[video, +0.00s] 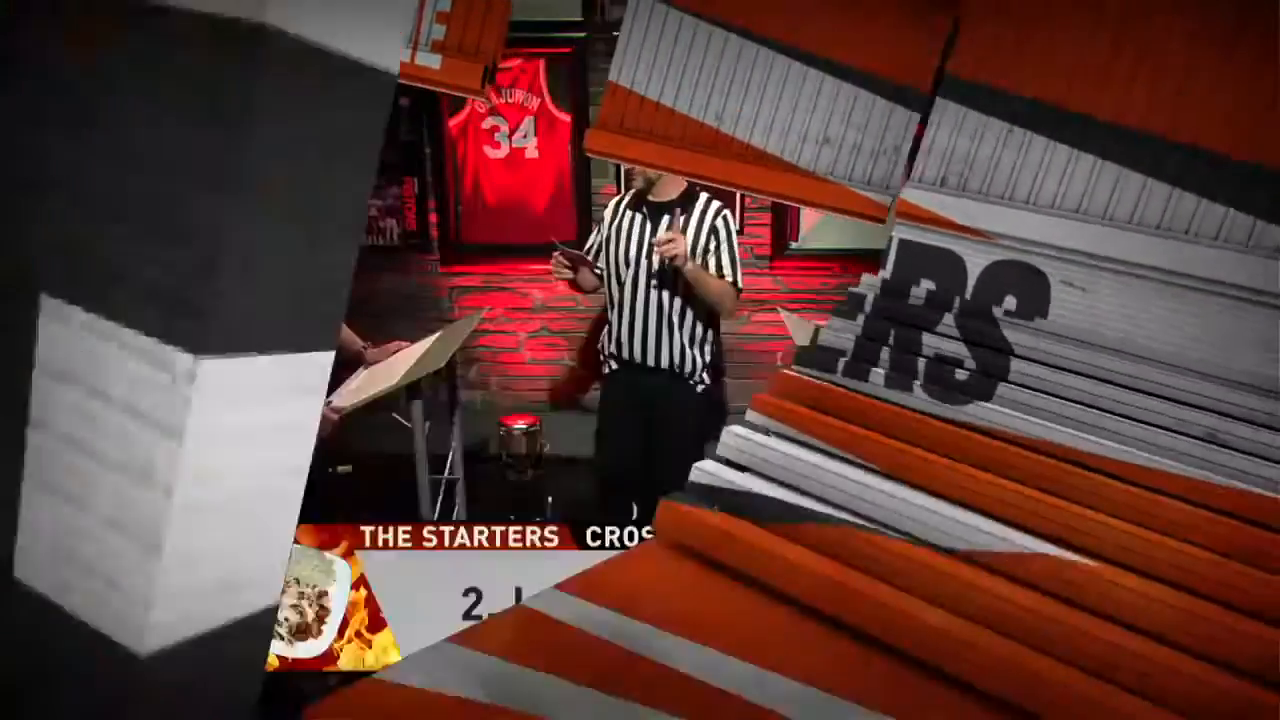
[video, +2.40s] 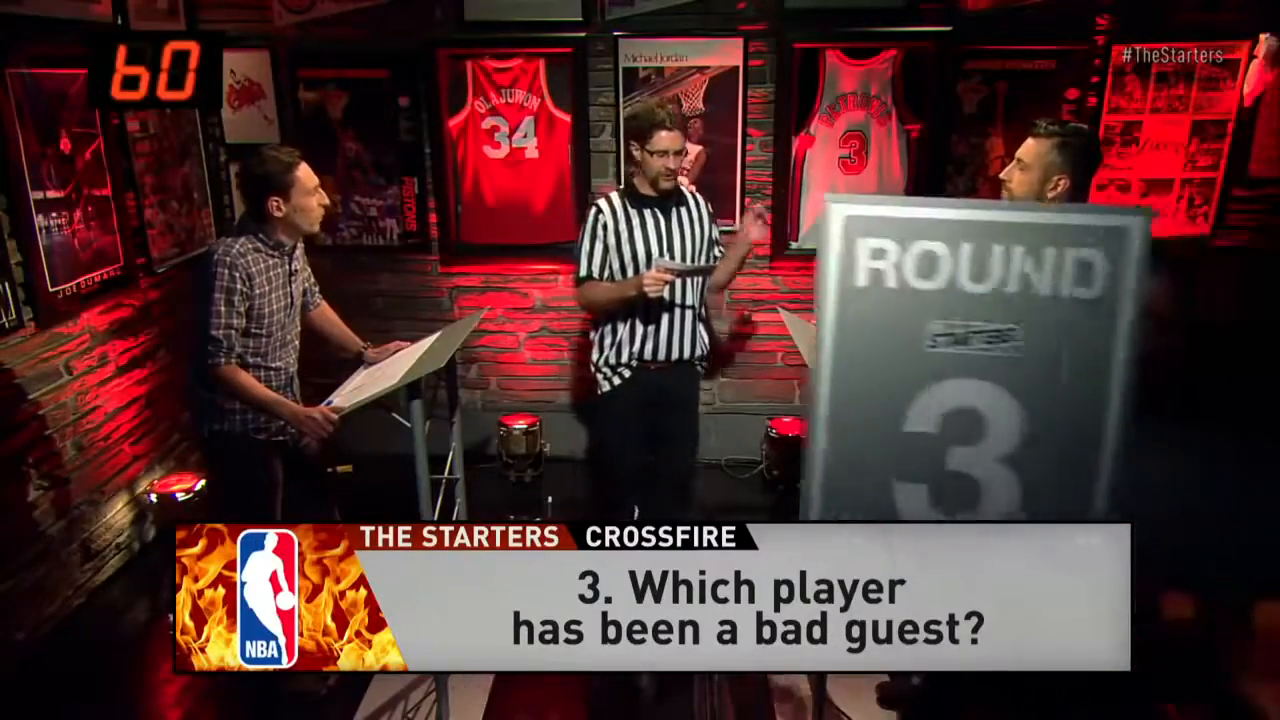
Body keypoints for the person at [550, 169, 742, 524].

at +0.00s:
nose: (627, 162)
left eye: (636, 151)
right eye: (625, 153)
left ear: (668, 152)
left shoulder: (712, 216)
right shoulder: (618, 209)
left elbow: (727, 303)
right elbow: (601, 281)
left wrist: (687, 265)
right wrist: (576, 271)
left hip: (685, 387)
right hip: (622, 381)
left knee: (673, 499)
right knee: (614, 496)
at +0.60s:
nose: (611, 163)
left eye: (622, 154)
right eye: (609, 153)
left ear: (653, 153)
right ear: (605, 150)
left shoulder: (690, 213)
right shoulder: (599, 209)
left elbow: (705, 291)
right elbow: (581, 280)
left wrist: (676, 320)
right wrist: (561, 268)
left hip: (667, 373)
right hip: (609, 369)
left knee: (665, 469)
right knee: (608, 463)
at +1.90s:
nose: (644, 160)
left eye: (650, 150)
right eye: (633, 150)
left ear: (658, 150)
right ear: (607, 150)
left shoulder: (671, 204)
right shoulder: (581, 213)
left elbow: (686, 275)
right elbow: (565, 292)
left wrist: (717, 266)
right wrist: (607, 287)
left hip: (662, 362)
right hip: (606, 365)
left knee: (660, 468)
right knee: (608, 469)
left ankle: (659, 548)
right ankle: (610, 549)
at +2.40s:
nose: (673, 163)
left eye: (679, 153)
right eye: (662, 154)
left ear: (687, 151)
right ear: (635, 153)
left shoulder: (696, 205)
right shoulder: (607, 212)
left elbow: (713, 280)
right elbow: (587, 295)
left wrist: (744, 241)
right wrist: (635, 287)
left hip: (682, 373)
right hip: (624, 376)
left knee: (676, 487)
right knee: (620, 488)